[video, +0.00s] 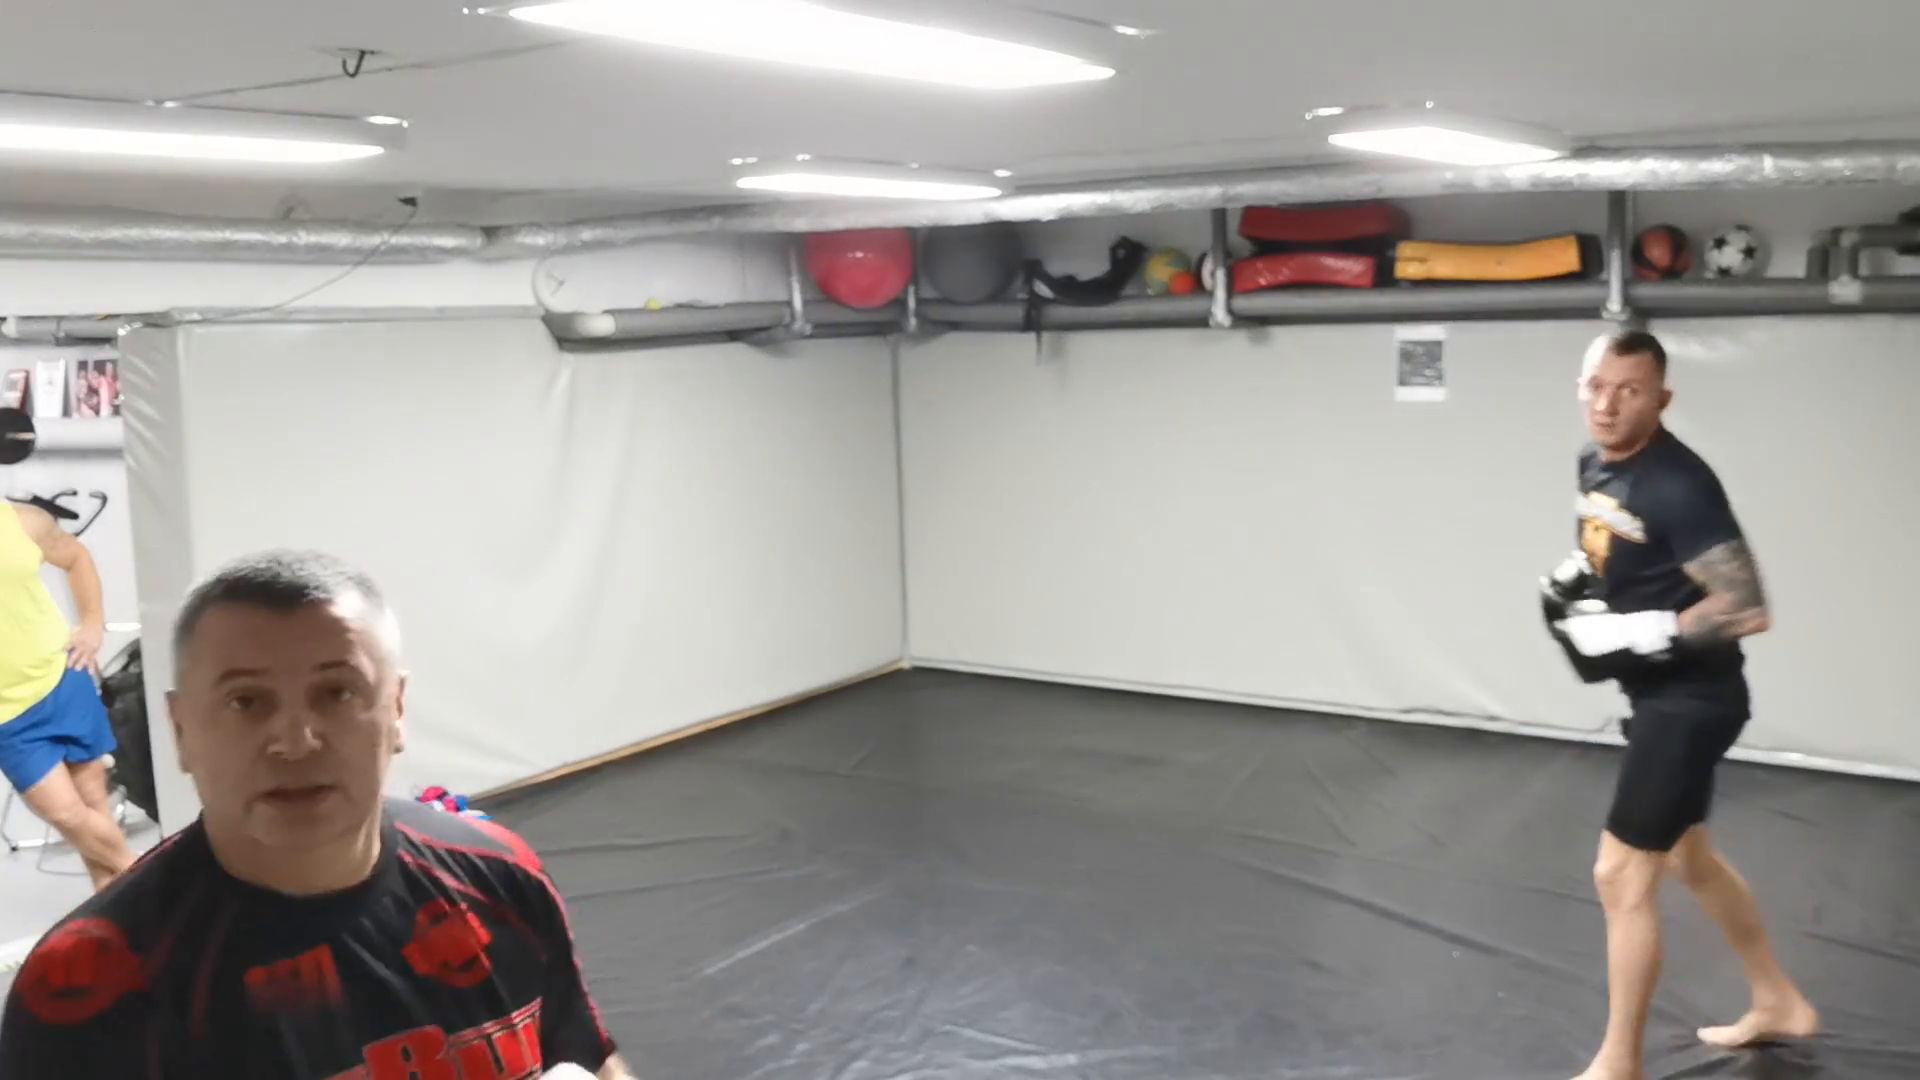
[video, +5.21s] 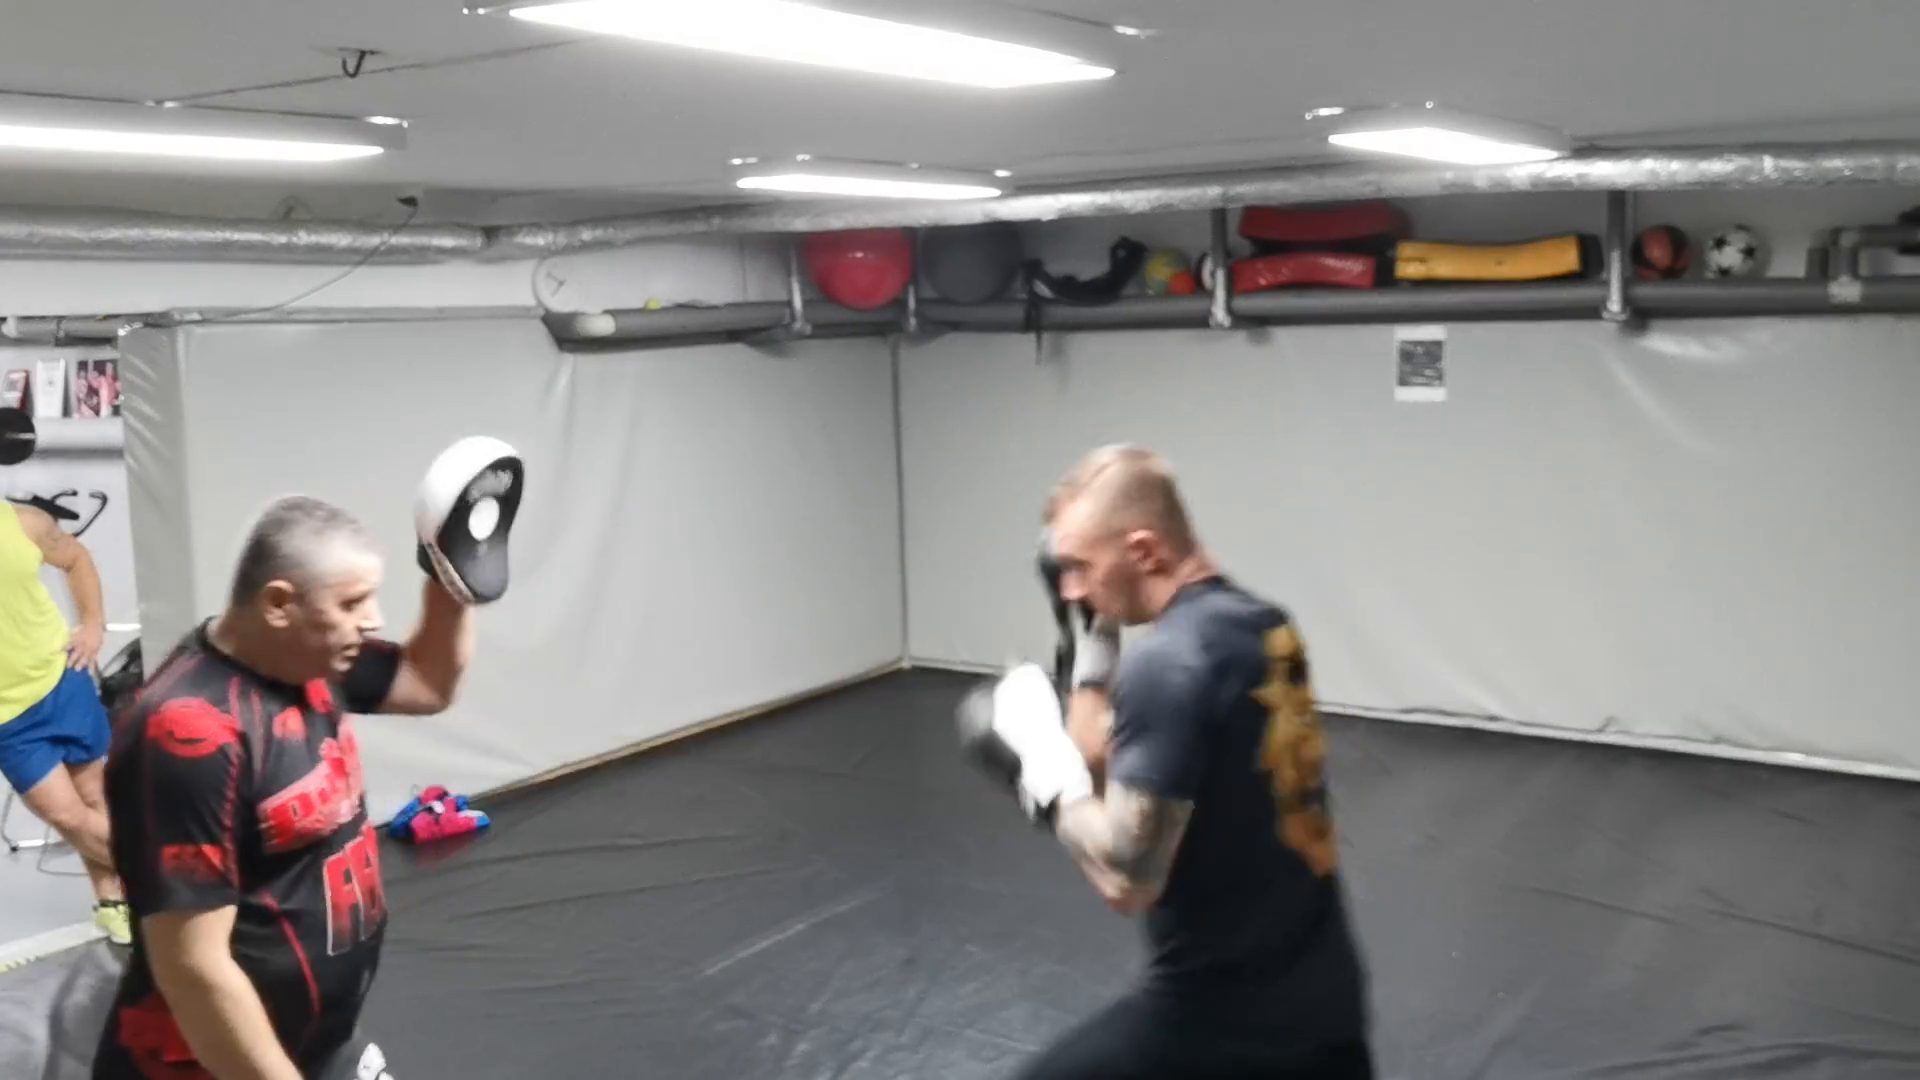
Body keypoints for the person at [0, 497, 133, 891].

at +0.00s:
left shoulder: (23, 522)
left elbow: (76, 557)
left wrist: (92, 623)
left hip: (64, 683)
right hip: (10, 717)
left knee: (93, 803)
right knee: (65, 816)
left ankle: (113, 909)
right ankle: (147, 880)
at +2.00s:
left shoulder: (21, 522)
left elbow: (76, 558)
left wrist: (93, 623)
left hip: (62, 682)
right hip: (7, 715)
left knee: (91, 797)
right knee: (65, 816)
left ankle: (107, 901)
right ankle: (142, 872)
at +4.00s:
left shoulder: (22, 523)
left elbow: (76, 558)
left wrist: (92, 624)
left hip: (61, 682)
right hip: (8, 714)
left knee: (91, 798)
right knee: (65, 816)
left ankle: (108, 902)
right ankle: (141, 872)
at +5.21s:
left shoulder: (22, 523)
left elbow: (76, 558)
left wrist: (93, 623)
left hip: (62, 681)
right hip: (8, 717)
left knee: (93, 797)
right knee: (66, 818)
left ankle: (110, 899)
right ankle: (155, 863)